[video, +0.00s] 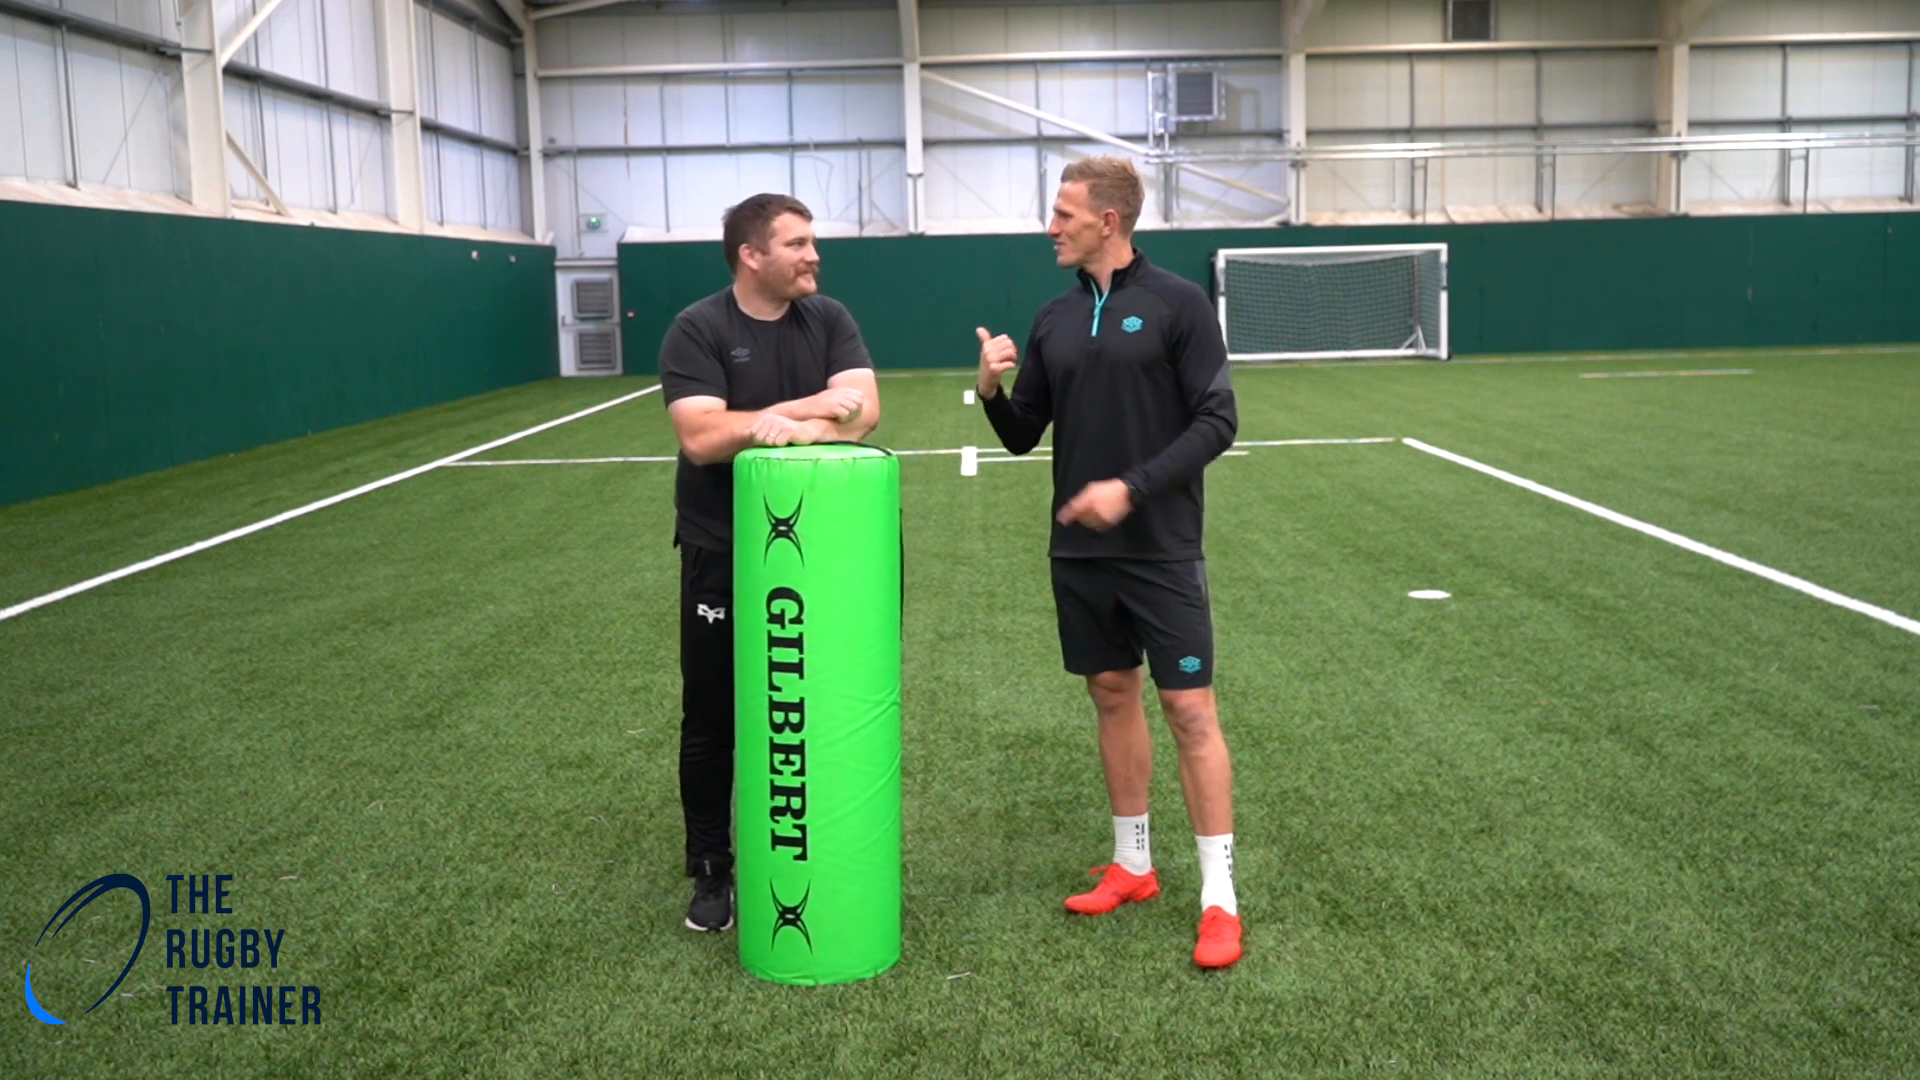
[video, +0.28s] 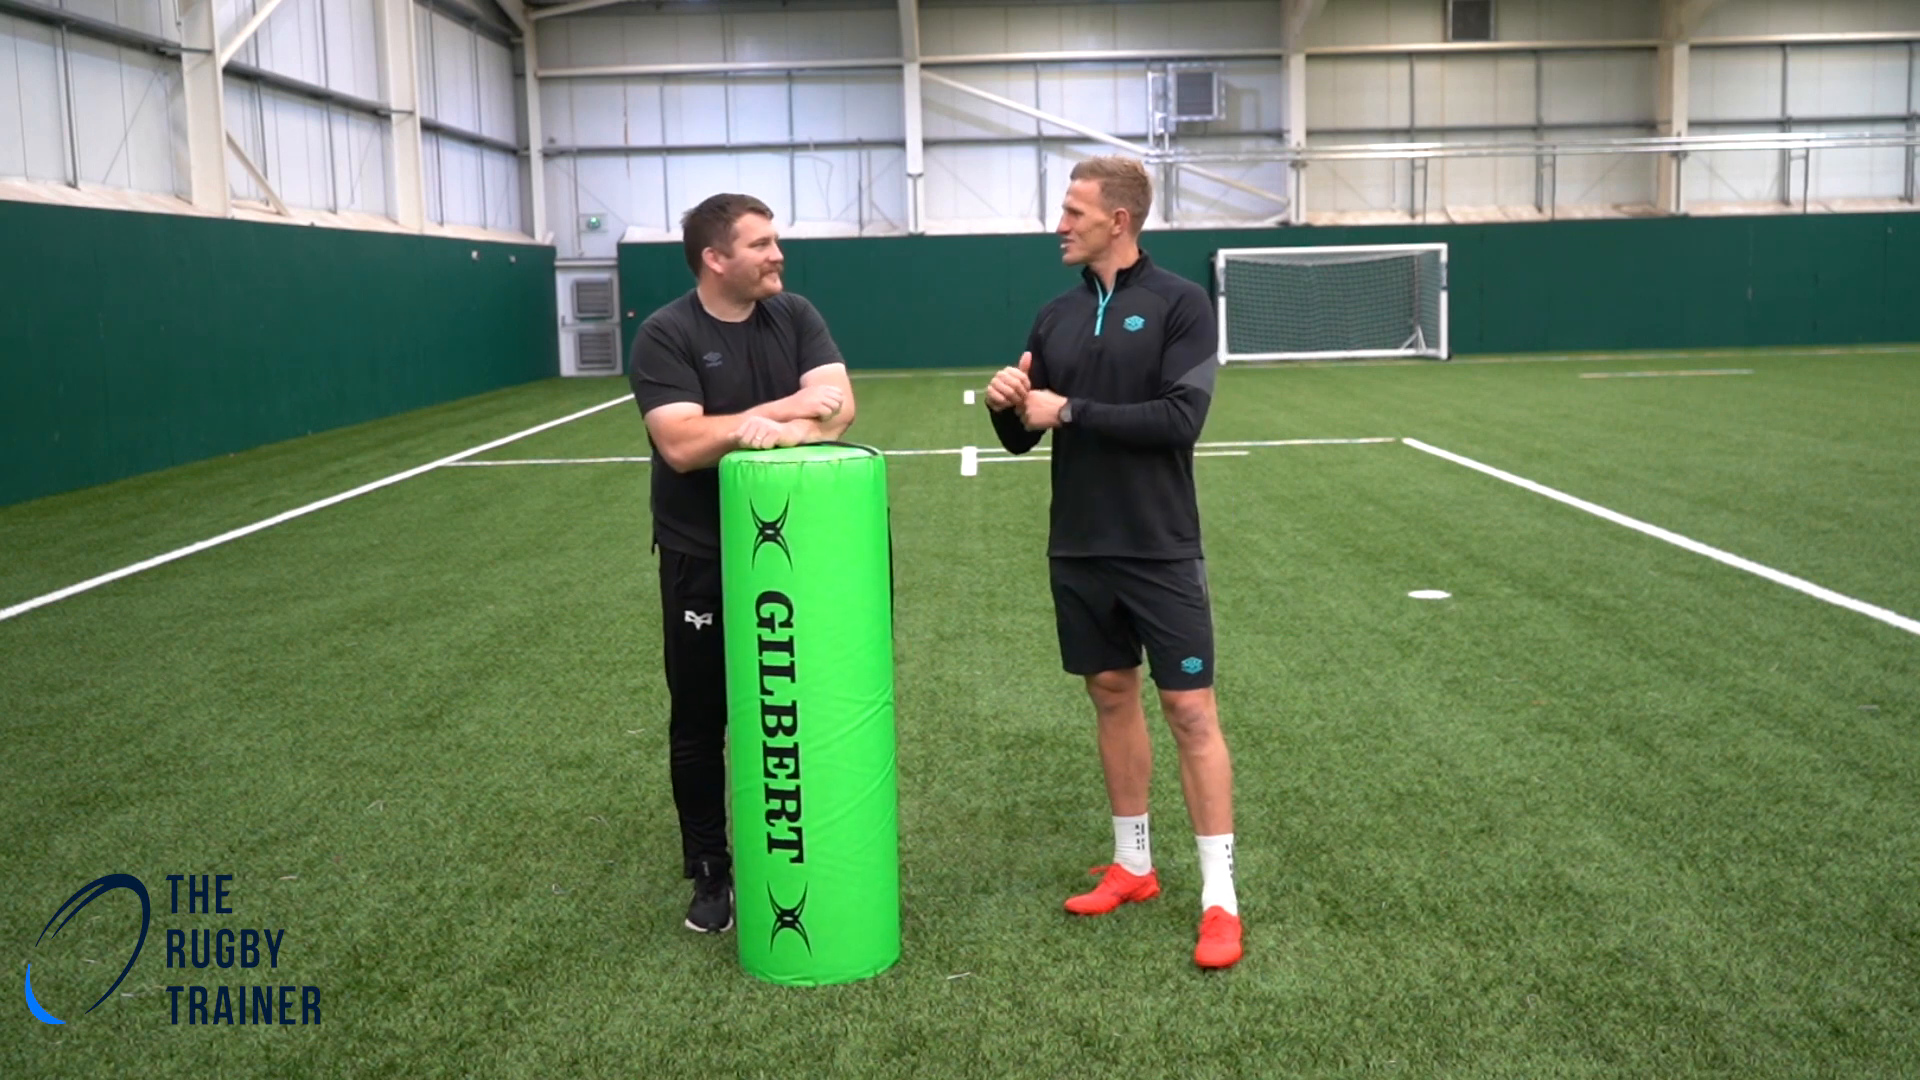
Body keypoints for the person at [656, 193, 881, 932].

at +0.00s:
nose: (812, 255)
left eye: (812, 243)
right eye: (797, 245)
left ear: (800, 251)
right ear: (750, 255)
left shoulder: (828, 317)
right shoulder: (698, 329)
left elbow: (861, 411)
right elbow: (698, 438)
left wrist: (764, 420)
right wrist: (811, 417)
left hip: (815, 552)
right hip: (721, 552)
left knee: (814, 711)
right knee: (713, 716)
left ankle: (817, 868)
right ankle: (713, 871)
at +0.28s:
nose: (776, 254)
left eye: (775, 242)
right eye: (760, 246)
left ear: (768, 249)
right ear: (712, 259)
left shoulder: (795, 315)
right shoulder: (664, 336)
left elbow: (836, 409)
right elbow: (679, 446)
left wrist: (742, 422)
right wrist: (789, 414)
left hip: (791, 555)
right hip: (701, 559)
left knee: (797, 713)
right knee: (701, 722)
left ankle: (803, 867)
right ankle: (711, 874)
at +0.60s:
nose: (757, 255)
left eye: (756, 242)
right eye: (741, 246)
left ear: (740, 254)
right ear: (692, 260)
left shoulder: (775, 314)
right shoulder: (646, 342)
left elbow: (828, 405)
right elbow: (680, 450)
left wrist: (753, 425)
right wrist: (785, 412)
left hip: (782, 554)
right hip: (693, 561)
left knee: (793, 716)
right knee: (694, 726)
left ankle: (804, 866)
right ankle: (710, 873)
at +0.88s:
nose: (755, 257)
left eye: (755, 244)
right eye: (739, 247)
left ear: (750, 251)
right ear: (691, 260)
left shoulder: (778, 316)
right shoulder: (646, 340)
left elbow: (830, 406)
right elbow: (685, 443)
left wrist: (764, 423)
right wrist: (788, 406)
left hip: (783, 556)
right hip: (693, 562)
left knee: (793, 716)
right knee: (694, 726)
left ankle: (802, 868)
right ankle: (710, 874)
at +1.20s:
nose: (769, 259)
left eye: (772, 245)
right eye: (752, 248)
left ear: (774, 250)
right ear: (706, 258)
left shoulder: (801, 316)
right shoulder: (668, 333)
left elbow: (842, 408)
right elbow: (717, 429)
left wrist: (775, 425)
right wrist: (814, 399)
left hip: (796, 555)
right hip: (702, 557)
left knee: (799, 711)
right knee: (703, 720)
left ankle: (805, 864)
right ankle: (711, 870)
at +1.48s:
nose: (792, 266)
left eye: (799, 252)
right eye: (775, 255)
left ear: (805, 253)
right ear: (732, 260)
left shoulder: (828, 316)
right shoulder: (695, 330)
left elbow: (859, 417)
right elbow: (718, 433)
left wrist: (779, 424)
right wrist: (821, 406)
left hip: (816, 553)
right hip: (720, 555)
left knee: (815, 712)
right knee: (712, 718)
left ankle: (819, 868)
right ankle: (712, 871)